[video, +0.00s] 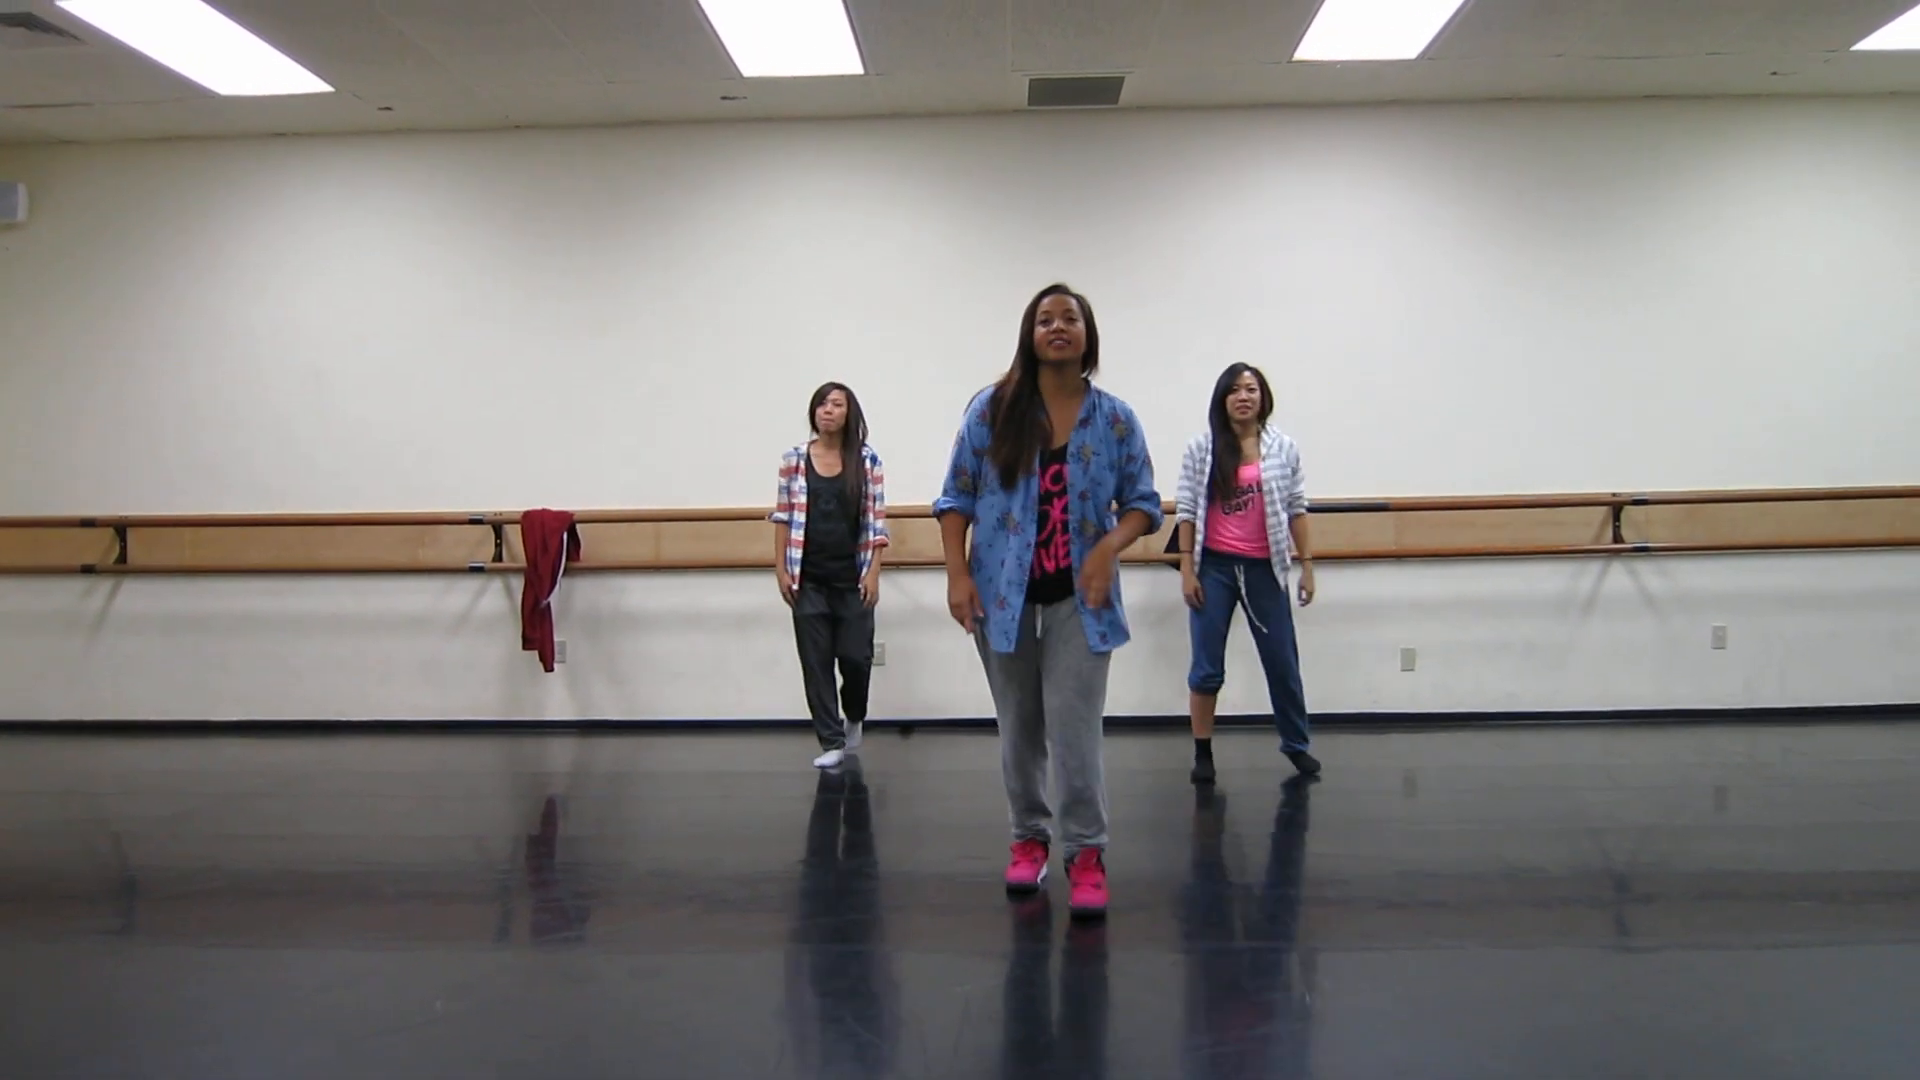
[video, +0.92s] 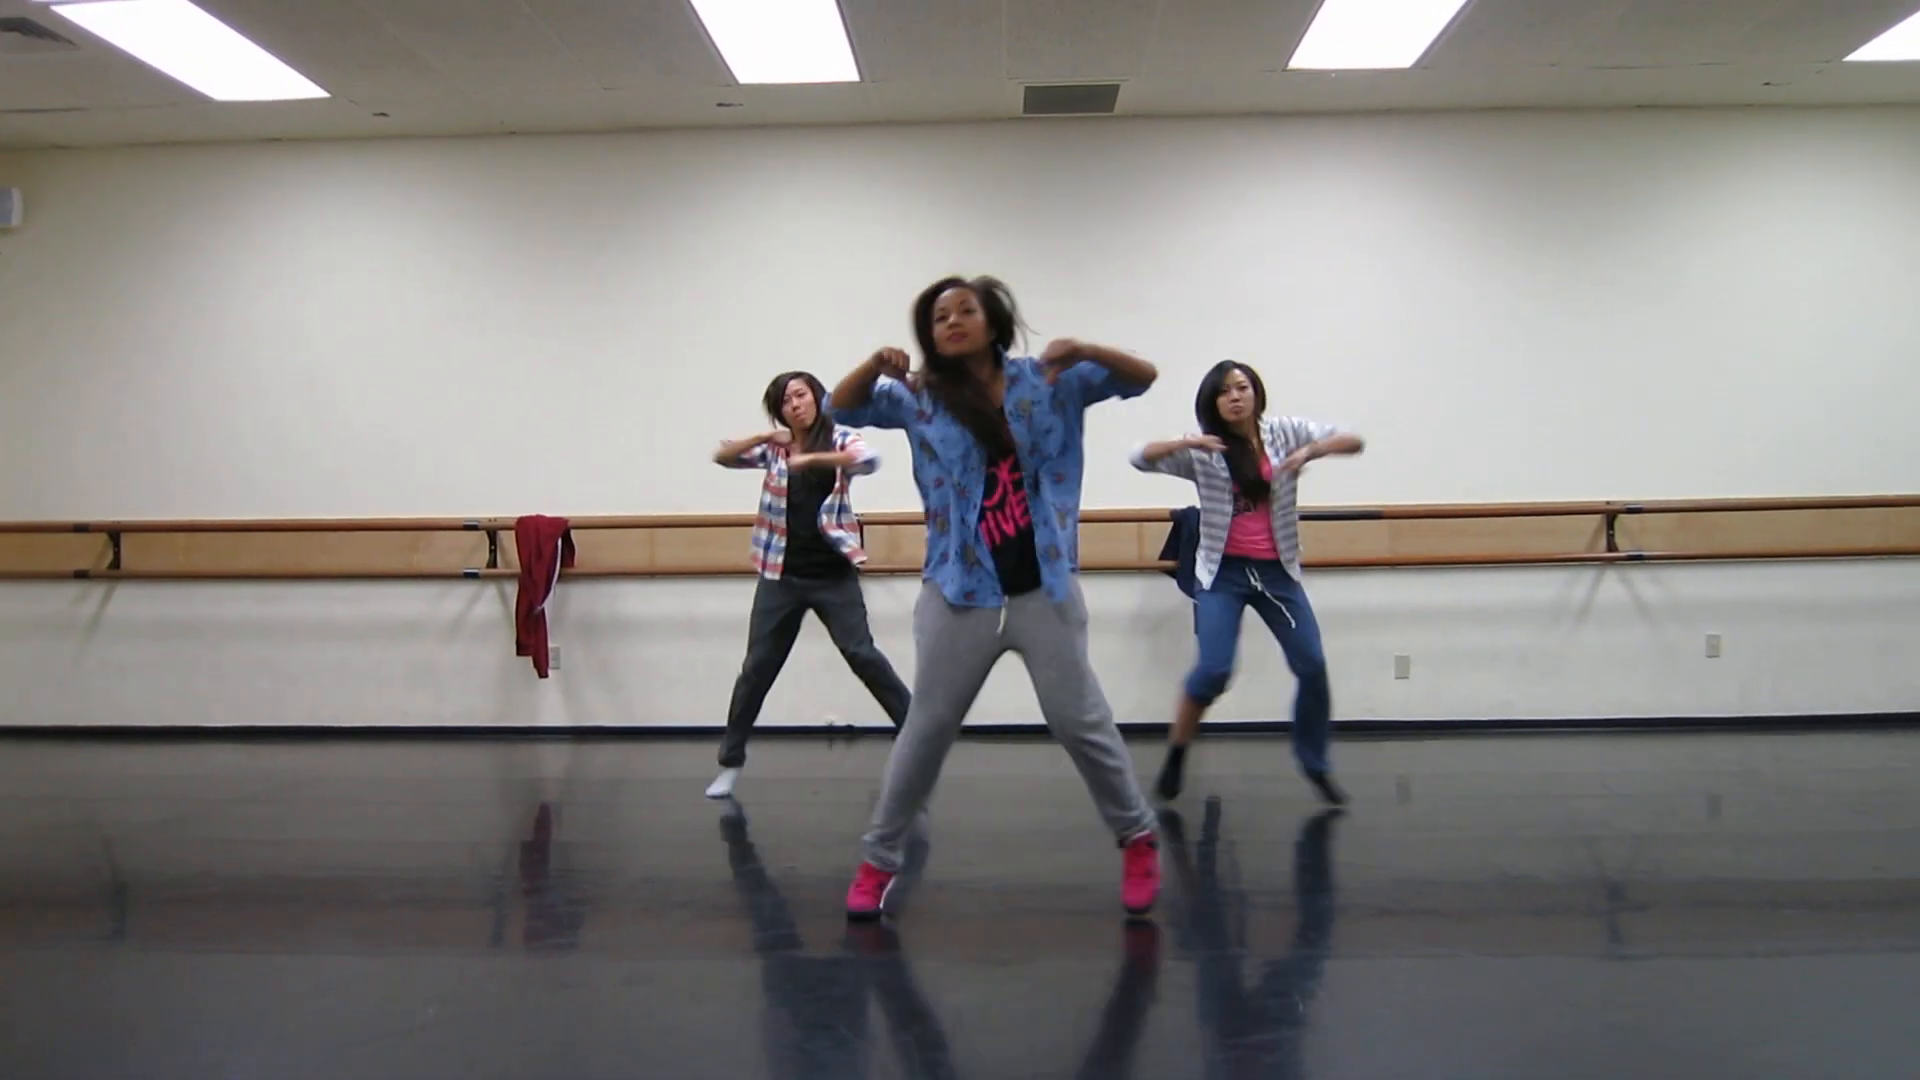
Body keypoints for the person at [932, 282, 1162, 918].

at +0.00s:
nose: (1058, 326)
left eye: (1070, 318)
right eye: (1046, 318)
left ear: (1088, 333)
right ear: (1028, 335)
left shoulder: (1114, 417)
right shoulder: (992, 409)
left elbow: (1142, 506)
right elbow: (955, 499)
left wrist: (1108, 549)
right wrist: (959, 573)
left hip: (1078, 600)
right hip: (1004, 601)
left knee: (1074, 727)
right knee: (1019, 729)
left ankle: (1085, 854)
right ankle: (1029, 839)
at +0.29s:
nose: (1074, 315)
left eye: (1084, 306)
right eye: (1061, 308)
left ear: (1104, 324)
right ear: (1043, 327)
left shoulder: (1134, 408)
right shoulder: (1007, 397)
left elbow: (1184, 470)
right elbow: (938, 462)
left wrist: (1175, 497)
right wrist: (942, 520)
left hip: (1096, 597)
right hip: (1017, 596)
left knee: (1076, 734)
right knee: (1020, 731)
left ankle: (1086, 859)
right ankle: (1011, 800)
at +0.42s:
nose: (1068, 329)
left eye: (1078, 321)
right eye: (1055, 324)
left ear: (1097, 339)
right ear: (1038, 344)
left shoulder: (1130, 420)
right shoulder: (1003, 413)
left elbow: (1193, 485)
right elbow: (941, 473)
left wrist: (1205, 422)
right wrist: (931, 427)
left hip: (1098, 612)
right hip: (1021, 612)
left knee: (1087, 746)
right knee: (1017, 749)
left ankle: (1083, 863)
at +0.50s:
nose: (1059, 321)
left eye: (1070, 312)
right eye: (1046, 315)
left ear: (1090, 330)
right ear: (1028, 335)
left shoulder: (1119, 408)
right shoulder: (996, 405)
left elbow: (1171, 481)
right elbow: (945, 476)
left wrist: (1228, 434)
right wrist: (910, 411)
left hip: (1096, 601)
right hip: (1017, 603)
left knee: (1090, 741)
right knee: (1032, 732)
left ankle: (1088, 863)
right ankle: (996, 725)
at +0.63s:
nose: (1050, 335)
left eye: (1061, 325)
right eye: (1036, 329)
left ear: (1081, 341)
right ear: (1016, 348)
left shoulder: (1102, 409)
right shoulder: (990, 403)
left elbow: (1128, 464)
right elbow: (980, 436)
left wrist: (1092, 460)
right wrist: (1005, 406)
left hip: (1087, 597)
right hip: (1010, 600)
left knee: (1086, 740)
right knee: (1033, 733)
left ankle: (1091, 863)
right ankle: (1047, 873)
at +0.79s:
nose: (1013, 333)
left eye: (1026, 322)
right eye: (1001, 324)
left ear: (1050, 335)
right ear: (986, 339)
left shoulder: (1070, 404)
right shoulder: (964, 404)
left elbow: (1128, 421)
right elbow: (892, 426)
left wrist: (1060, 376)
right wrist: (956, 372)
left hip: (1063, 597)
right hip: (985, 599)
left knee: (1068, 741)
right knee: (987, 738)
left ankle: (1084, 866)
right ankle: (992, 871)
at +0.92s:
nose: (955, 321)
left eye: (966, 310)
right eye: (942, 316)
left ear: (995, 322)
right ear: (931, 336)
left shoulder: (1050, 378)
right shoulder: (920, 398)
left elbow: (1142, 375)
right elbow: (844, 407)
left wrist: (1084, 349)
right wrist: (875, 363)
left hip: (1044, 593)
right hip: (959, 597)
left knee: (1080, 722)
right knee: (926, 731)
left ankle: (1138, 843)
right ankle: (877, 863)